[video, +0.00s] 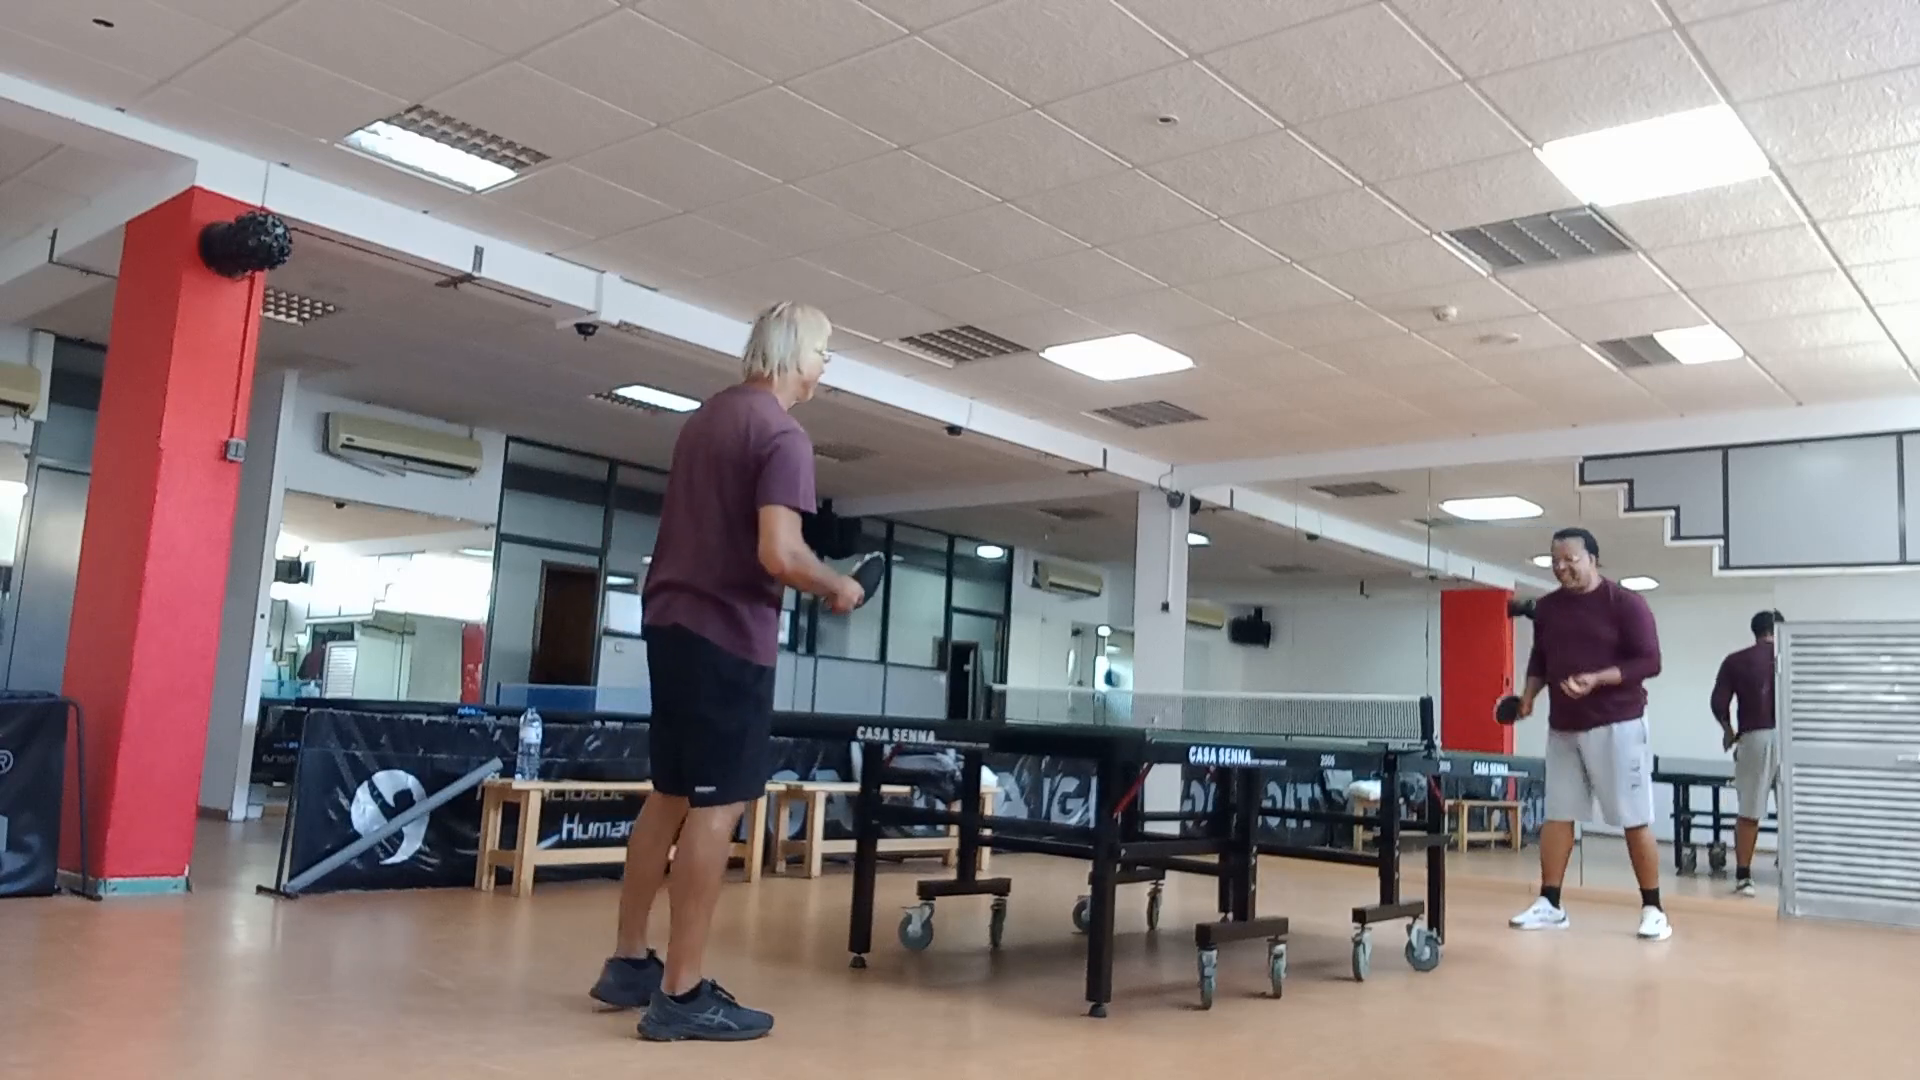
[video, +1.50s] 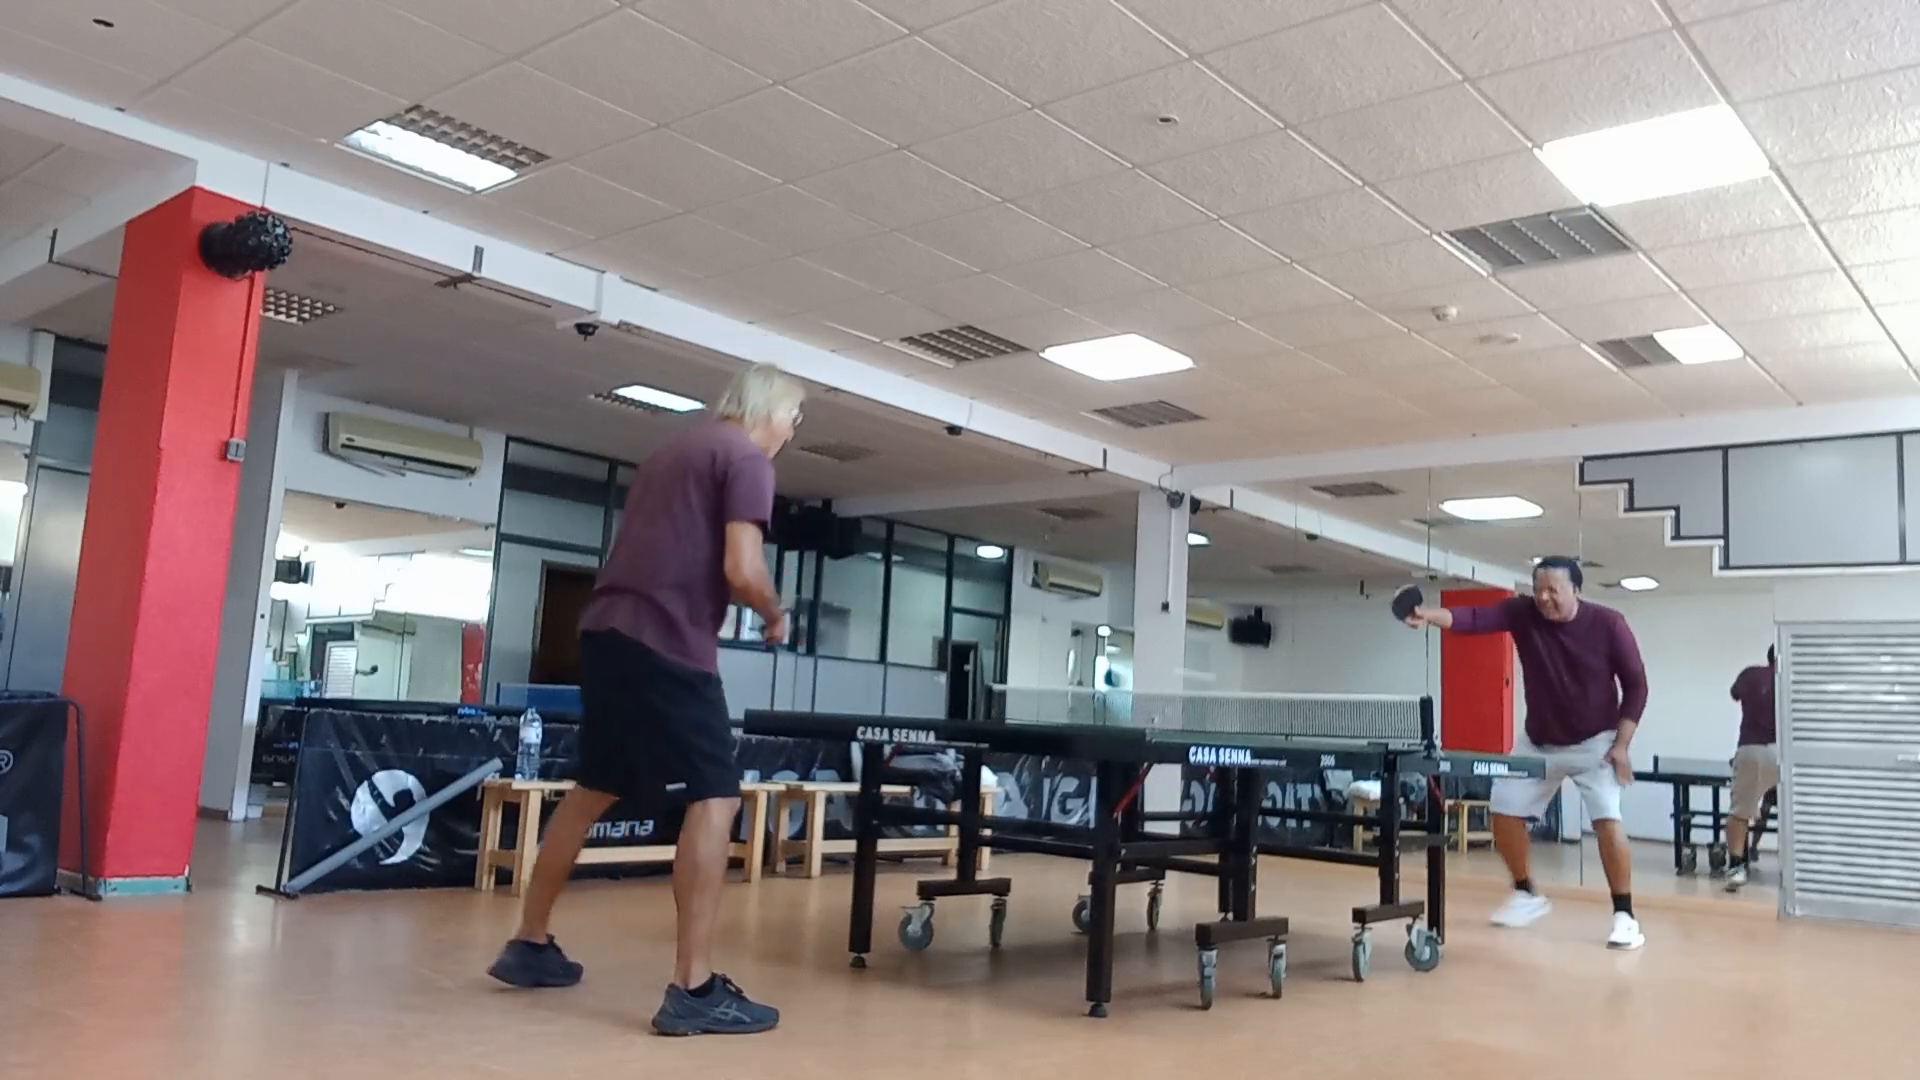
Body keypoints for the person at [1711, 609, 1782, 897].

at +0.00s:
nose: (1777, 637)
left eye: (1772, 632)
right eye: (1778, 631)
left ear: (1754, 632)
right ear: (1780, 631)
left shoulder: (1736, 661)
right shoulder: (1794, 658)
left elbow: (1718, 702)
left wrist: (1728, 728)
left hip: (1755, 740)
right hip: (1792, 740)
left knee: (1749, 811)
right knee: (1796, 811)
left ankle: (1743, 875)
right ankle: (1799, 878)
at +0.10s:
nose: (1778, 639)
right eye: (1781, 632)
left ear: (1759, 633)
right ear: (1785, 632)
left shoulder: (1742, 661)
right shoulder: (1801, 659)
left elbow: (1724, 699)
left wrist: (1730, 730)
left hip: (1759, 739)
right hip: (1796, 740)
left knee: (1753, 810)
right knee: (1797, 809)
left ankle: (1744, 876)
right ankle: (1796, 876)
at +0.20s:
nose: (1781, 640)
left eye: (1778, 634)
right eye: (1782, 634)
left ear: (1760, 635)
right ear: (1786, 633)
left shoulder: (1745, 662)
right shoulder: (1801, 661)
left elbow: (1726, 701)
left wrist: (1733, 733)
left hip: (1761, 741)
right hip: (1797, 742)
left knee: (1755, 810)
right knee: (1799, 810)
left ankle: (1749, 875)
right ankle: (1799, 876)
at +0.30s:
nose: (1778, 645)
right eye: (1779, 639)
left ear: (1760, 641)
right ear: (1784, 640)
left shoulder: (1744, 665)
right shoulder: (1798, 663)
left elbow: (1725, 704)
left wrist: (1732, 741)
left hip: (1761, 741)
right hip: (1798, 742)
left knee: (1759, 812)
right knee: (1798, 811)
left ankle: (1753, 876)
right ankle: (1793, 873)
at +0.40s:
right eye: (1778, 646)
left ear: (1761, 648)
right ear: (1783, 648)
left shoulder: (1744, 671)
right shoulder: (1797, 669)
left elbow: (1720, 708)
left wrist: (1724, 747)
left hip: (1760, 744)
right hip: (1796, 744)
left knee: (1757, 813)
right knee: (1797, 811)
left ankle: (1753, 877)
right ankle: (1792, 872)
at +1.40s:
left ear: (1765, 663)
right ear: (1782, 665)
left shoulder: (1747, 680)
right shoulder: (1788, 683)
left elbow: (1746, 714)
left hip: (1746, 751)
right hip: (1776, 750)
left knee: (1749, 814)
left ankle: (1749, 870)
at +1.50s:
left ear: (1769, 656)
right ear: (1787, 660)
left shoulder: (1752, 673)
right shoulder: (1794, 681)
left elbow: (1735, 694)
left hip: (1751, 748)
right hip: (1783, 748)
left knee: (1740, 811)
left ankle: (1736, 865)